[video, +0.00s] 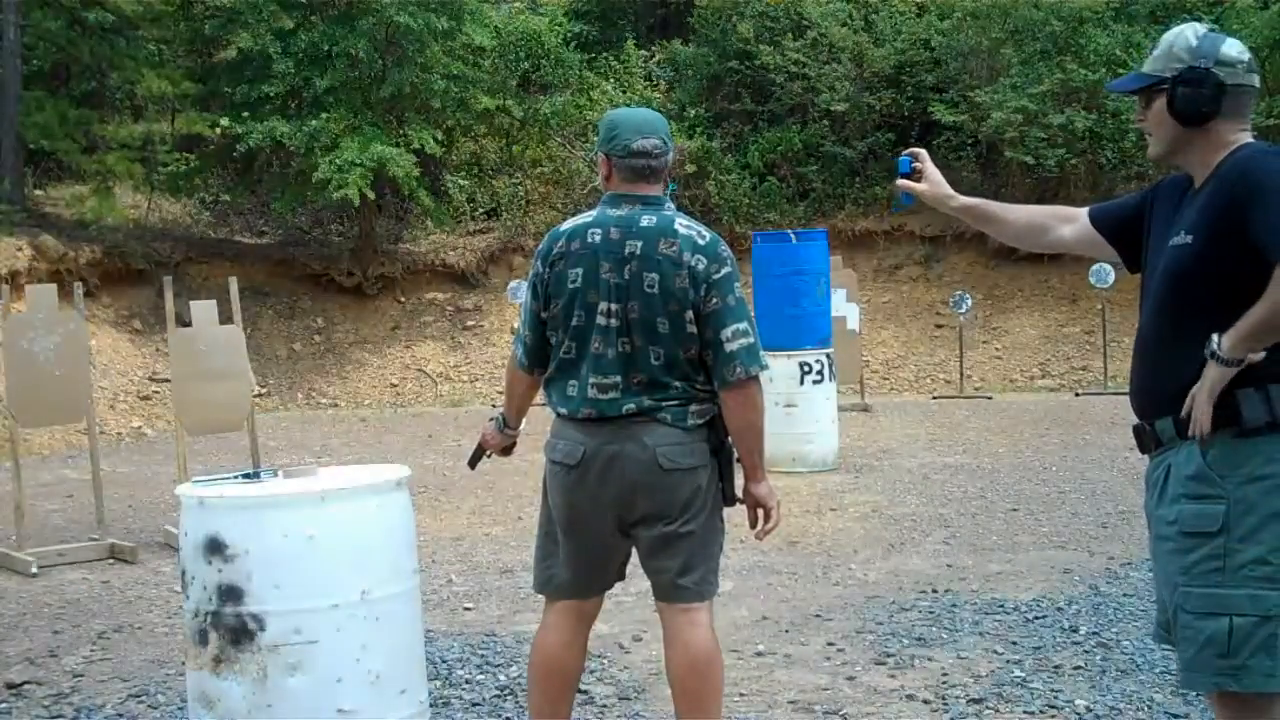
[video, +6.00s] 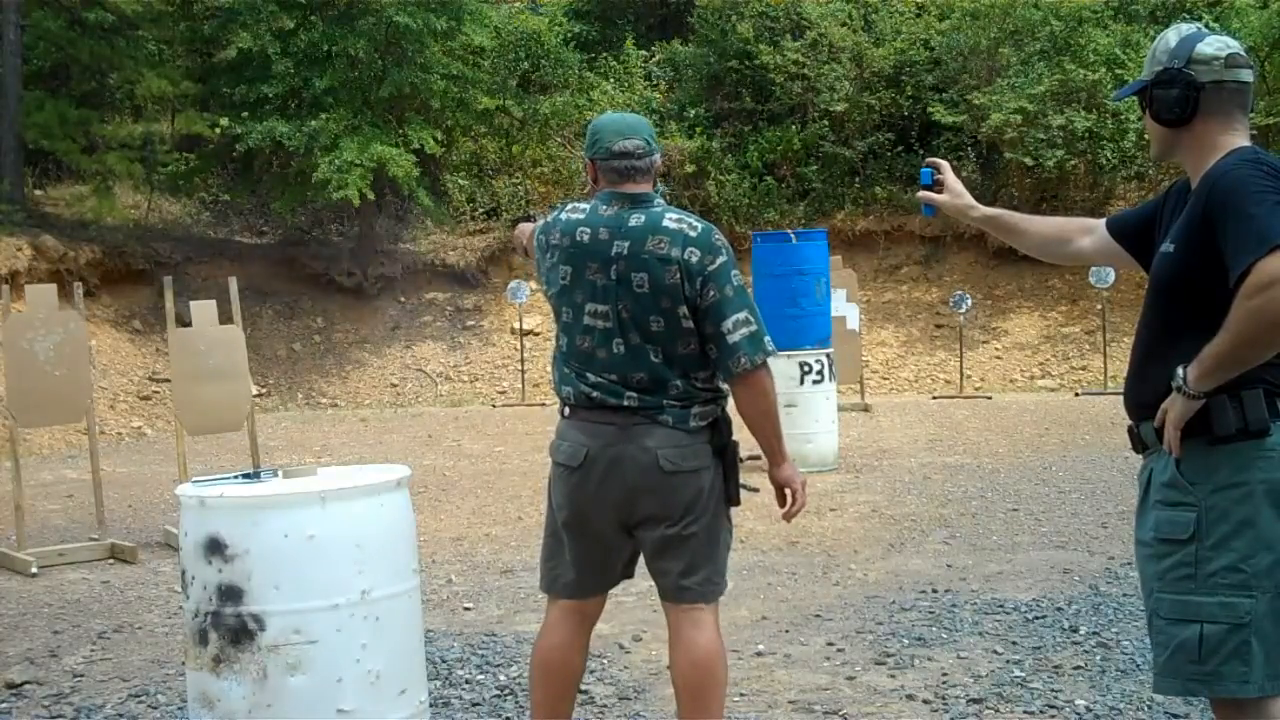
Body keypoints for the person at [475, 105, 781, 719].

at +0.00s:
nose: (596, 169)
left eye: (598, 162)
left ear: (605, 168)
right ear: (670, 168)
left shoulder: (561, 243)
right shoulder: (703, 248)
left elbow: (529, 356)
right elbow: (738, 375)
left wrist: (507, 423)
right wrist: (755, 473)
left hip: (580, 452)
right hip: (676, 453)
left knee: (567, 608)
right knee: (687, 611)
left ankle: (547, 715)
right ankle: (703, 715)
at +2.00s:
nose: (597, 171)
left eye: (598, 163)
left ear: (605, 169)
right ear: (669, 169)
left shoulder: (561, 244)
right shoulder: (704, 248)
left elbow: (530, 357)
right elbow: (738, 375)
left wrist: (509, 425)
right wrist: (756, 473)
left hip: (582, 452)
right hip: (678, 452)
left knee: (568, 607)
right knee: (688, 610)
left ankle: (547, 715)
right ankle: (700, 715)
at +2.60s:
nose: (593, 171)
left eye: (594, 163)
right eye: (597, 162)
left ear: (602, 169)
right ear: (666, 168)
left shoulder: (563, 242)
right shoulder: (705, 245)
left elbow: (525, 333)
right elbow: (743, 370)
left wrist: (500, 383)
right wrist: (759, 469)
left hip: (583, 451)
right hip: (680, 452)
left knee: (567, 607)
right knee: (690, 610)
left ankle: (547, 715)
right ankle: (701, 715)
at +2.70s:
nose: (588, 171)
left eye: (589, 164)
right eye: (591, 163)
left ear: (597, 169)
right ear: (659, 166)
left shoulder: (562, 239)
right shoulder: (704, 243)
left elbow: (514, 301)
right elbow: (746, 365)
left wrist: (485, 312)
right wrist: (766, 464)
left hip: (586, 451)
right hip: (682, 452)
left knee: (568, 607)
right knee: (691, 611)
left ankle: (546, 715)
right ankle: (701, 715)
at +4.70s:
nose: (585, 171)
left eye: (585, 164)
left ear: (590, 170)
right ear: (655, 167)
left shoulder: (561, 230)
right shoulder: (699, 241)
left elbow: (512, 241)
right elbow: (741, 366)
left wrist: (496, 228)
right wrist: (769, 461)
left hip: (584, 446)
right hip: (678, 451)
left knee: (568, 608)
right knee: (691, 611)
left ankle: (547, 716)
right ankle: (701, 716)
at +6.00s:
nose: (585, 172)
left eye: (586, 165)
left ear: (592, 170)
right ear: (658, 166)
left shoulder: (562, 233)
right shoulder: (697, 240)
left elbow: (527, 236)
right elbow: (747, 365)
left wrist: (533, 228)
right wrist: (778, 458)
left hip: (584, 447)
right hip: (682, 452)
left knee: (570, 608)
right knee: (693, 612)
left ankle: (547, 715)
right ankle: (703, 718)